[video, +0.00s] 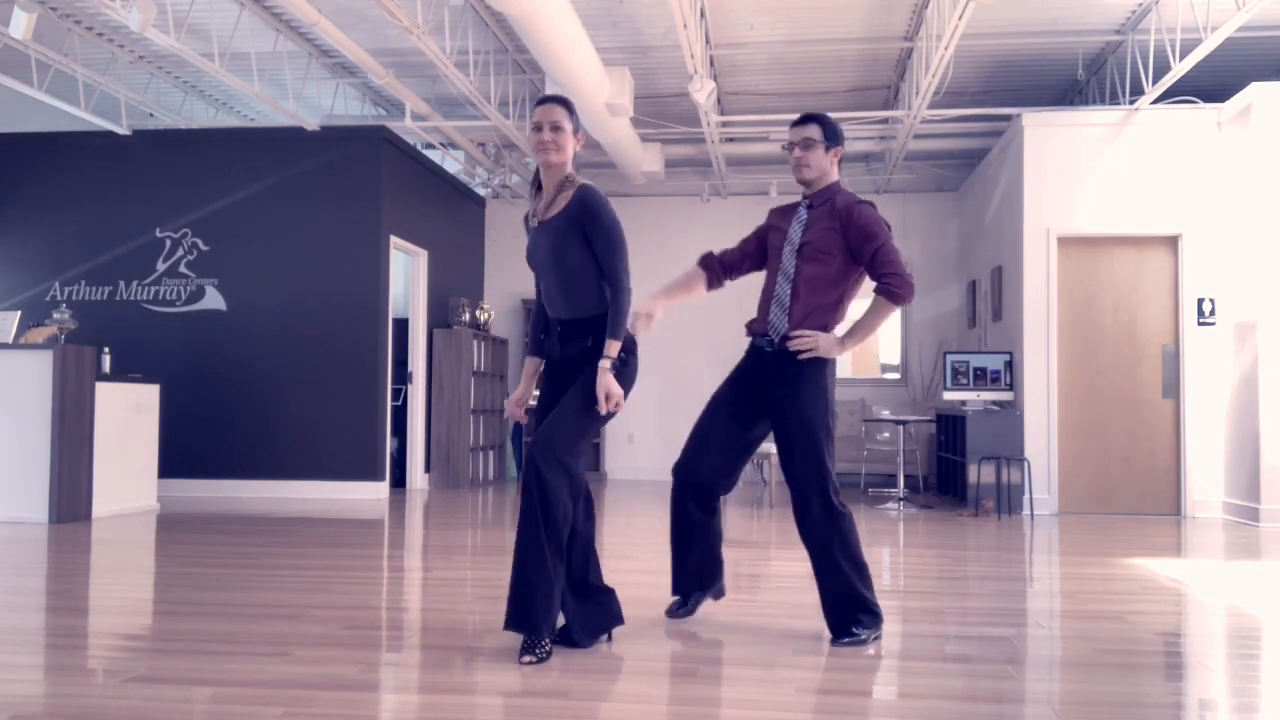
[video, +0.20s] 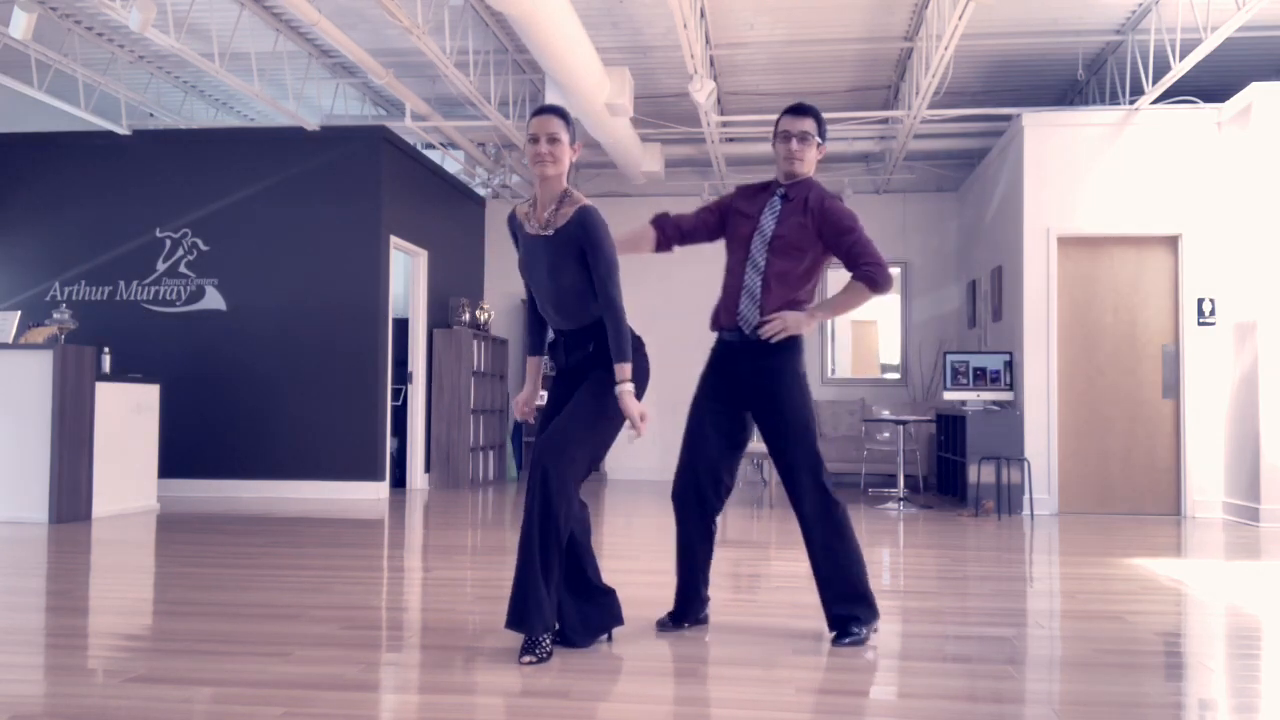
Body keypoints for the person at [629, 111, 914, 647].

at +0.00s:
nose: (795, 154)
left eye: (806, 146)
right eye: (791, 147)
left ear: (835, 154)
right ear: (789, 157)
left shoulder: (854, 213)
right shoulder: (782, 220)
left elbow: (897, 286)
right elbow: (721, 267)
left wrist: (845, 342)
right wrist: (659, 299)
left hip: (805, 365)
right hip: (757, 361)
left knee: (815, 492)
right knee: (694, 474)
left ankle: (857, 618)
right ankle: (698, 579)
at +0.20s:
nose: (792, 146)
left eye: (804, 139)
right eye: (784, 138)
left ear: (820, 150)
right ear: (771, 146)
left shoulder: (825, 208)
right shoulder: (744, 201)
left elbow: (876, 278)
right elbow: (670, 229)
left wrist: (813, 316)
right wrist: (597, 248)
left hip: (778, 359)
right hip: (727, 357)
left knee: (807, 483)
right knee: (695, 482)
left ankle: (853, 613)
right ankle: (690, 604)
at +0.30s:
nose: (785, 145)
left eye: (796, 137)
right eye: (776, 135)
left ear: (810, 148)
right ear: (762, 142)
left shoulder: (813, 206)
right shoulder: (730, 191)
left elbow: (859, 284)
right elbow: (656, 216)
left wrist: (794, 316)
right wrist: (587, 231)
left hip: (762, 356)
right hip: (709, 351)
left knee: (783, 473)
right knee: (684, 480)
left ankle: (833, 592)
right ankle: (691, 604)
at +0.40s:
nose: (778, 151)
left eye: (789, 143)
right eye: (768, 141)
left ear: (803, 152)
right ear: (754, 147)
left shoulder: (811, 218)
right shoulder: (723, 195)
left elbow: (851, 297)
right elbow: (651, 218)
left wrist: (786, 336)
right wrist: (597, 225)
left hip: (748, 355)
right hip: (695, 348)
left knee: (748, 459)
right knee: (676, 472)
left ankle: (775, 550)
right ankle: (688, 600)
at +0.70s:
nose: (756, 184)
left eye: (765, 174)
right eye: (746, 174)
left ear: (779, 180)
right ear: (731, 178)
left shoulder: (790, 240)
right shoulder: (707, 230)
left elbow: (832, 321)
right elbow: (641, 262)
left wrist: (792, 386)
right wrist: (564, 271)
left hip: (760, 386)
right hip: (707, 376)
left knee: (753, 481)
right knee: (663, 484)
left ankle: (730, 573)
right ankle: (682, 600)